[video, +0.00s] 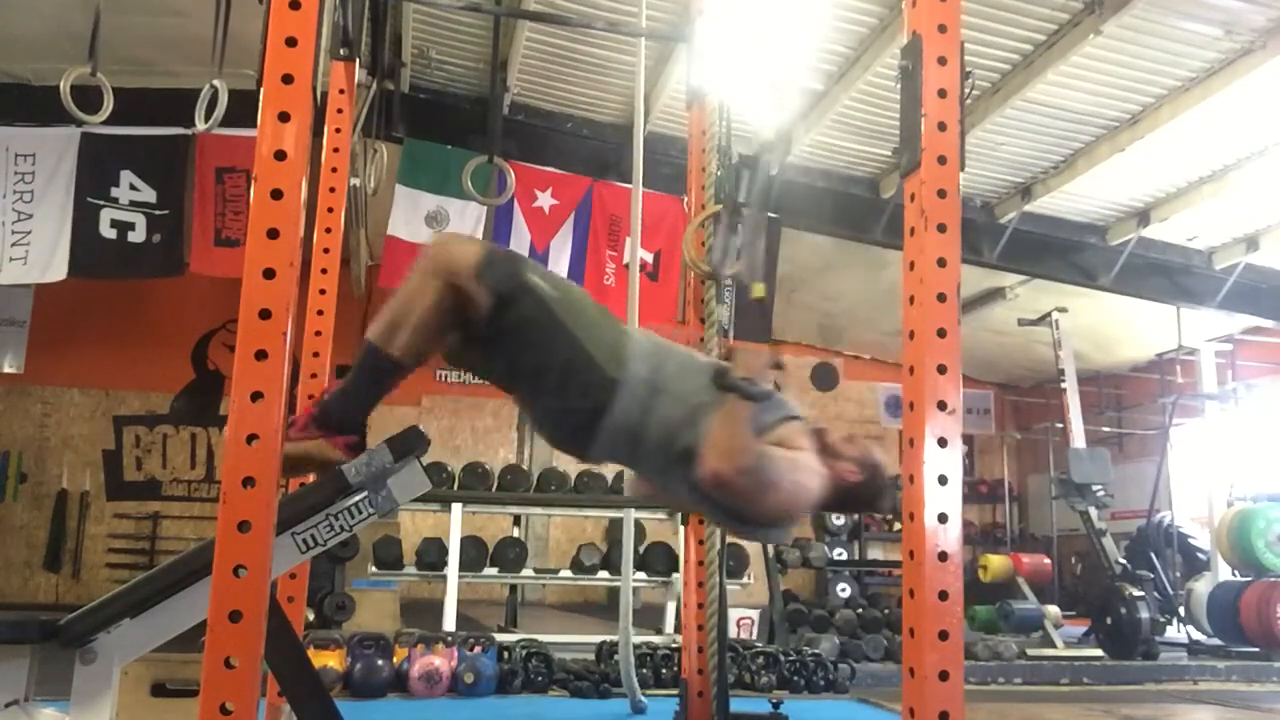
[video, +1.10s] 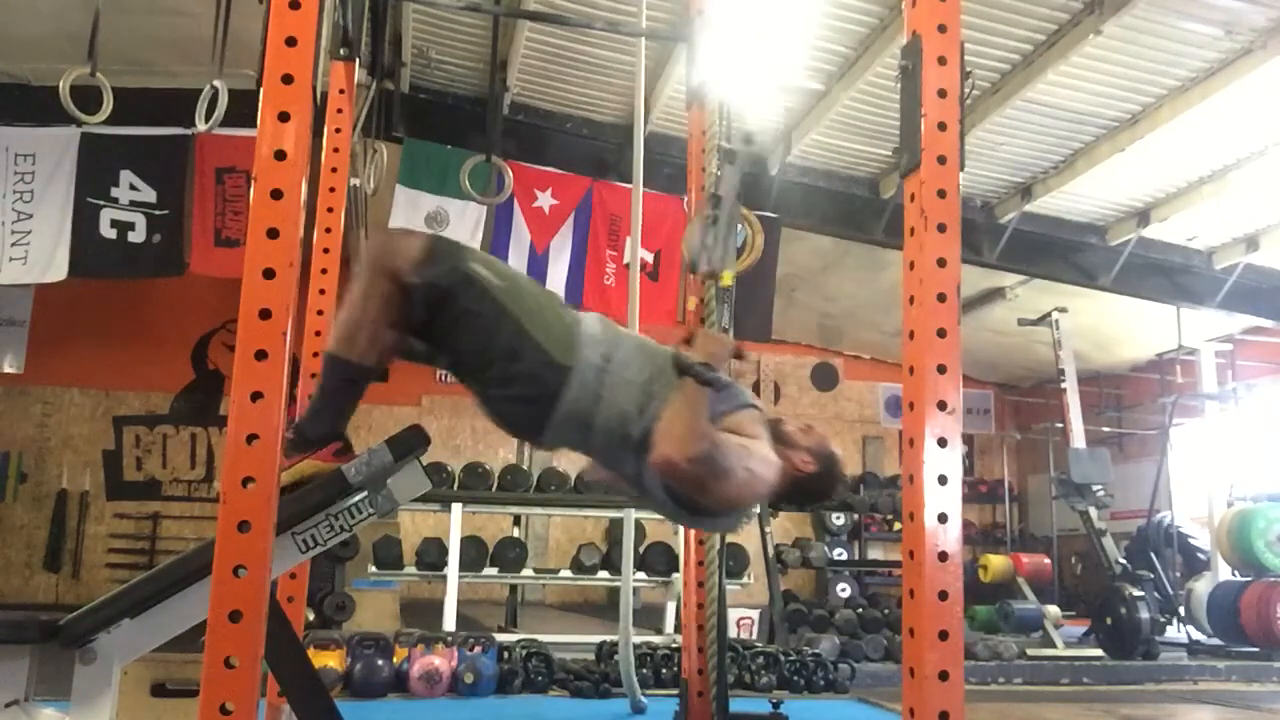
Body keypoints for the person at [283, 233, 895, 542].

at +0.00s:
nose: (855, 443)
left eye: (863, 458)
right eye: (864, 444)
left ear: (851, 479)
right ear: (847, 448)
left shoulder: (801, 481)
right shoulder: (791, 446)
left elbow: (722, 466)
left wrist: (754, 395)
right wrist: (755, 384)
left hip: (610, 390)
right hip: (610, 379)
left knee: (458, 259)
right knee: (450, 296)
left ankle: (342, 412)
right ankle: (339, 413)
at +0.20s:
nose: (771, 412)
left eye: (778, 425)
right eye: (780, 418)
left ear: (772, 452)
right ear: (771, 442)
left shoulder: (729, 459)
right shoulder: (713, 438)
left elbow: (643, 450)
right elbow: (584, 464)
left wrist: (678, 367)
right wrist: (686, 363)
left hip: (532, 354)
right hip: (517, 395)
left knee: (363, 239)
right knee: (364, 302)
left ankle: (321, 420)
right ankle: (317, 423)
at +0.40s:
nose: (730, 385)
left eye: (740, 400)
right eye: (742, 389)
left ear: (726, 429)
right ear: (724, 416)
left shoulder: (681, 440)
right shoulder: (667, 406)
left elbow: (598, 431)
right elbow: (532, 438)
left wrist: (637, 351)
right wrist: (637, 355)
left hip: (482, 355)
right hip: (484, 316)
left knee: (329, 247)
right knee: (330, 255)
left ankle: (305, 418)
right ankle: (304, 417)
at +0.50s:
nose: (718, 375)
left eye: (728, 389)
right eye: (729, 380)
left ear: (716, 418)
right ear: (713, 412)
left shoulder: (669, 428)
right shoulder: (657, 391)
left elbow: (589, 429)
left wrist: (627, 348)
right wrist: (630, 338)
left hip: (467, 344)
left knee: (317, 248)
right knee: (315, 281)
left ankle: (305, 418)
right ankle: (302, 420)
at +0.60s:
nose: (712, 371)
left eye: (723, 384)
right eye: (724, 376)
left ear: (713, 412)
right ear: (711, 413)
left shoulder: (665, 425)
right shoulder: (654, 395)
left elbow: (585, 427)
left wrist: (622, 343)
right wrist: (628, 336)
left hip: (462, 341)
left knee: (310, 249)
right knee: (311, 279)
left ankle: (302, 418)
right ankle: (299, 418)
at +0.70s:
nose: (718, 372)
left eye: (728, 385)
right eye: (729, 378)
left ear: (717, 415)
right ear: (715, 415)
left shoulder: (670, 427)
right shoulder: (658, 397)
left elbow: (589, 428)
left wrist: (623, 342)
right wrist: (625, 333)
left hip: (465, 345)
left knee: (314, 249)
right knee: (315, 297)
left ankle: (299, 415)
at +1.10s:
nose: (802, 427)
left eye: (810, 441)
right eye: (811, 432)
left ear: (803, 464)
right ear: (801, 448)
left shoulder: (758, 470)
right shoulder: (739, 452)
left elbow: (676, 455)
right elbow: (596, 475)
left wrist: (705, 373)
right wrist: (709, 367)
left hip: (561, 367)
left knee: (396, 250)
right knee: (388, 301)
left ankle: (319, 425)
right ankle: (317, 425)